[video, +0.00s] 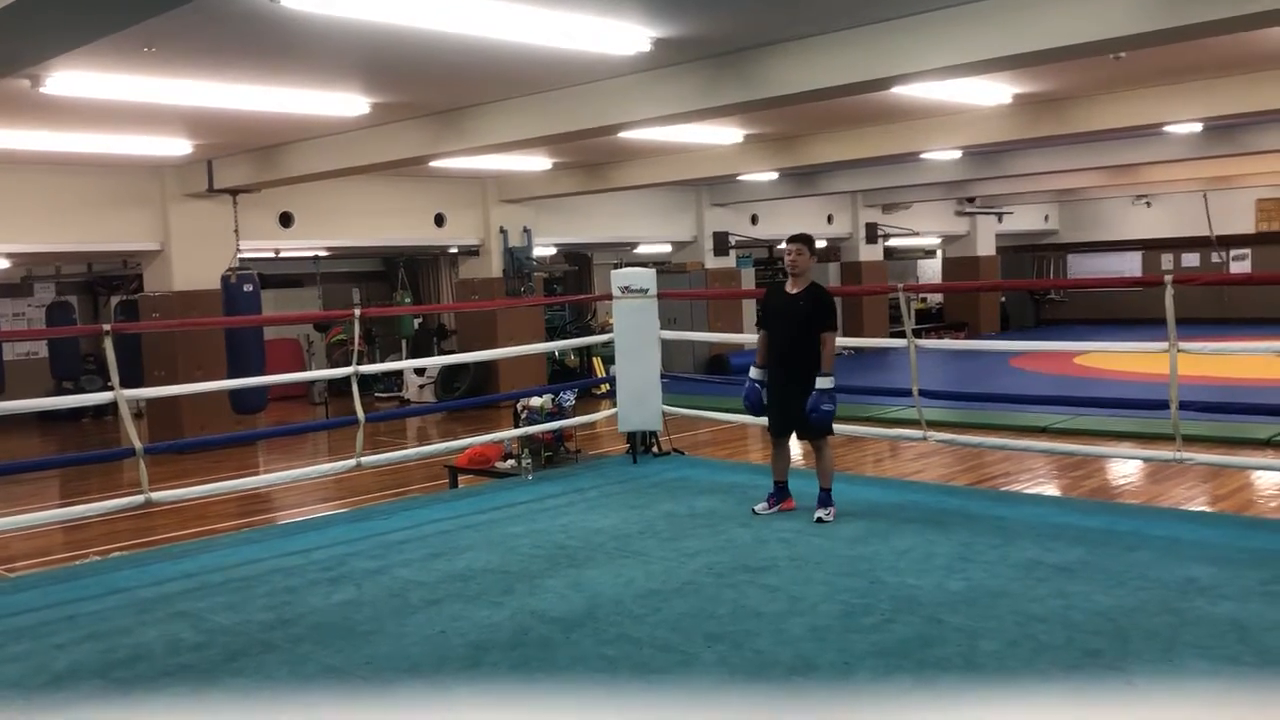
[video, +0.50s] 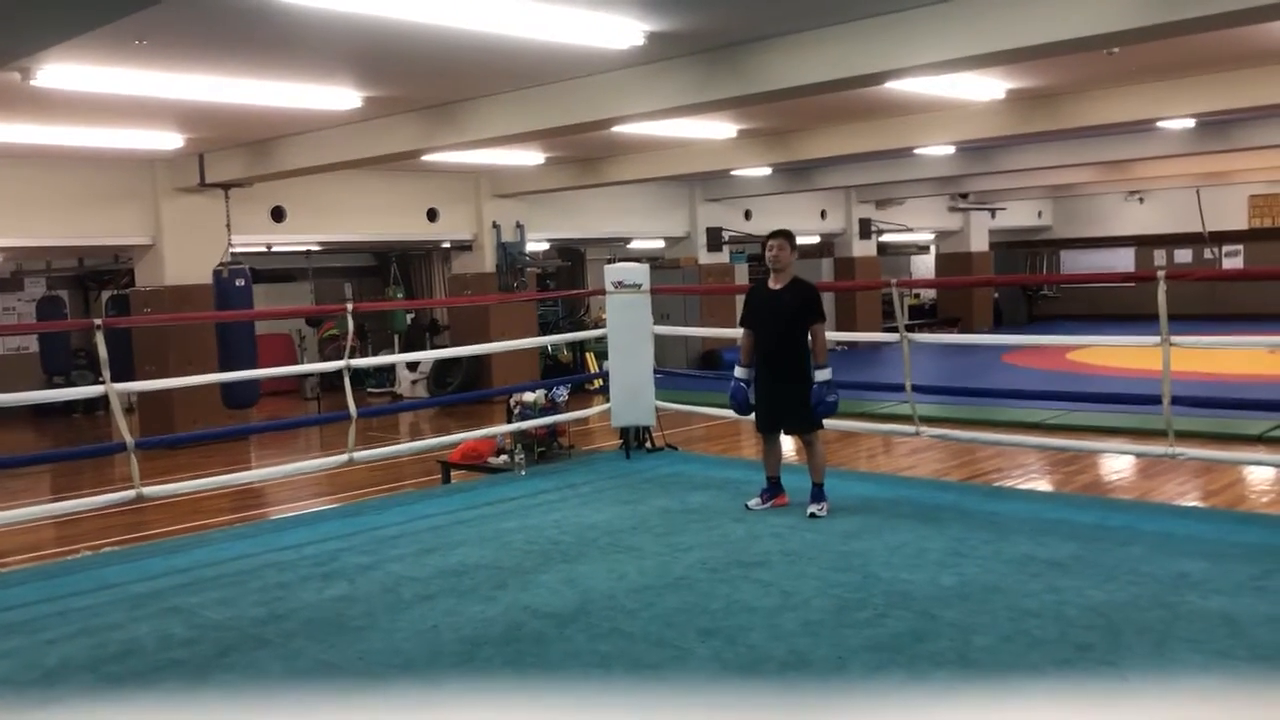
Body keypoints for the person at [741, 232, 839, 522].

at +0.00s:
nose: (792, 258)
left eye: (799, 253)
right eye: (788, 253)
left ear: (812, 259)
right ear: (783, 258)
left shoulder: (822, 298)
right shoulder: (773, 294)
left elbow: (828, 344)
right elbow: (764, 338)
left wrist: (825, 386)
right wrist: (755, 379)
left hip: (810, 383)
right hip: (778, 381)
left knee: (819, 442)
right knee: (778, 438)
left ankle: (825, 499)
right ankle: (780, 493)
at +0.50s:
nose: (773, 253)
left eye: (780, 249)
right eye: (770, 249)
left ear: (793, 254)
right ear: (764, 254)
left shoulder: (806, 292)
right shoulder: (756, 293)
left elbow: (818, 336)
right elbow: (747, 337)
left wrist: (823, 378)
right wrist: (741, 378)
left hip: (798, 377)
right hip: (765, 378)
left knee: (809, 436)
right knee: (768, 435)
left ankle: (818, 494)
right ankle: (773, 489)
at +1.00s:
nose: (769, 251)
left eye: (776, 246)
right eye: (766, 246)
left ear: (789, 252)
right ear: (761, 252)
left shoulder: (804, 288)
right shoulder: (756, 291)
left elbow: (816, 332)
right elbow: (748, 336)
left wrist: (818, 374)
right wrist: (742, 377)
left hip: (798, 375)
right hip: (766, 376)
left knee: (809, 434)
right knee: (768, 432)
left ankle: (817, 492)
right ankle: (773, 487)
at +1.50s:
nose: (775, 250)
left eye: (781, 245)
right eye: (771, 246)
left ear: (794, 250)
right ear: (766, 252)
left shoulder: (809, 286)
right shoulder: (760, 291)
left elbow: (821, 331)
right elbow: (753, 335)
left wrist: (823, 373)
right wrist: (748, 376)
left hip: (803, 373)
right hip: (771, 374)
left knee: (814, 432)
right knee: (774, 431)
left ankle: (823, 491)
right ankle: (779, 485)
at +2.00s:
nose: (778, 250)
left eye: (785, 245)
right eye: (774, 245)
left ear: (797, 250)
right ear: (769, 251)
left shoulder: (810, 281)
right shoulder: (762, 289)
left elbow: (812, 303)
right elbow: (755, 333)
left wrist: (795, 310)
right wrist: (750, 375)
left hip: (804, 370)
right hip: (773, 371)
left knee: (816, 431)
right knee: (776, 429)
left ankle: (826, 491)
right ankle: (781, 485)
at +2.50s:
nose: (777, 249)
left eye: (784, 244)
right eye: (773, 245)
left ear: (796, 249)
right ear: (767, 251)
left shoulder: (809, 280)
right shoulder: (764, 290)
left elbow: (808, 301)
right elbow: (759, 334)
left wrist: (786, 312)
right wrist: (755, 374)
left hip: (802, 367)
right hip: (772, 368)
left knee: (815, 430)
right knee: (775, 428)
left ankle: (824, 489)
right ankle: (780, 484)